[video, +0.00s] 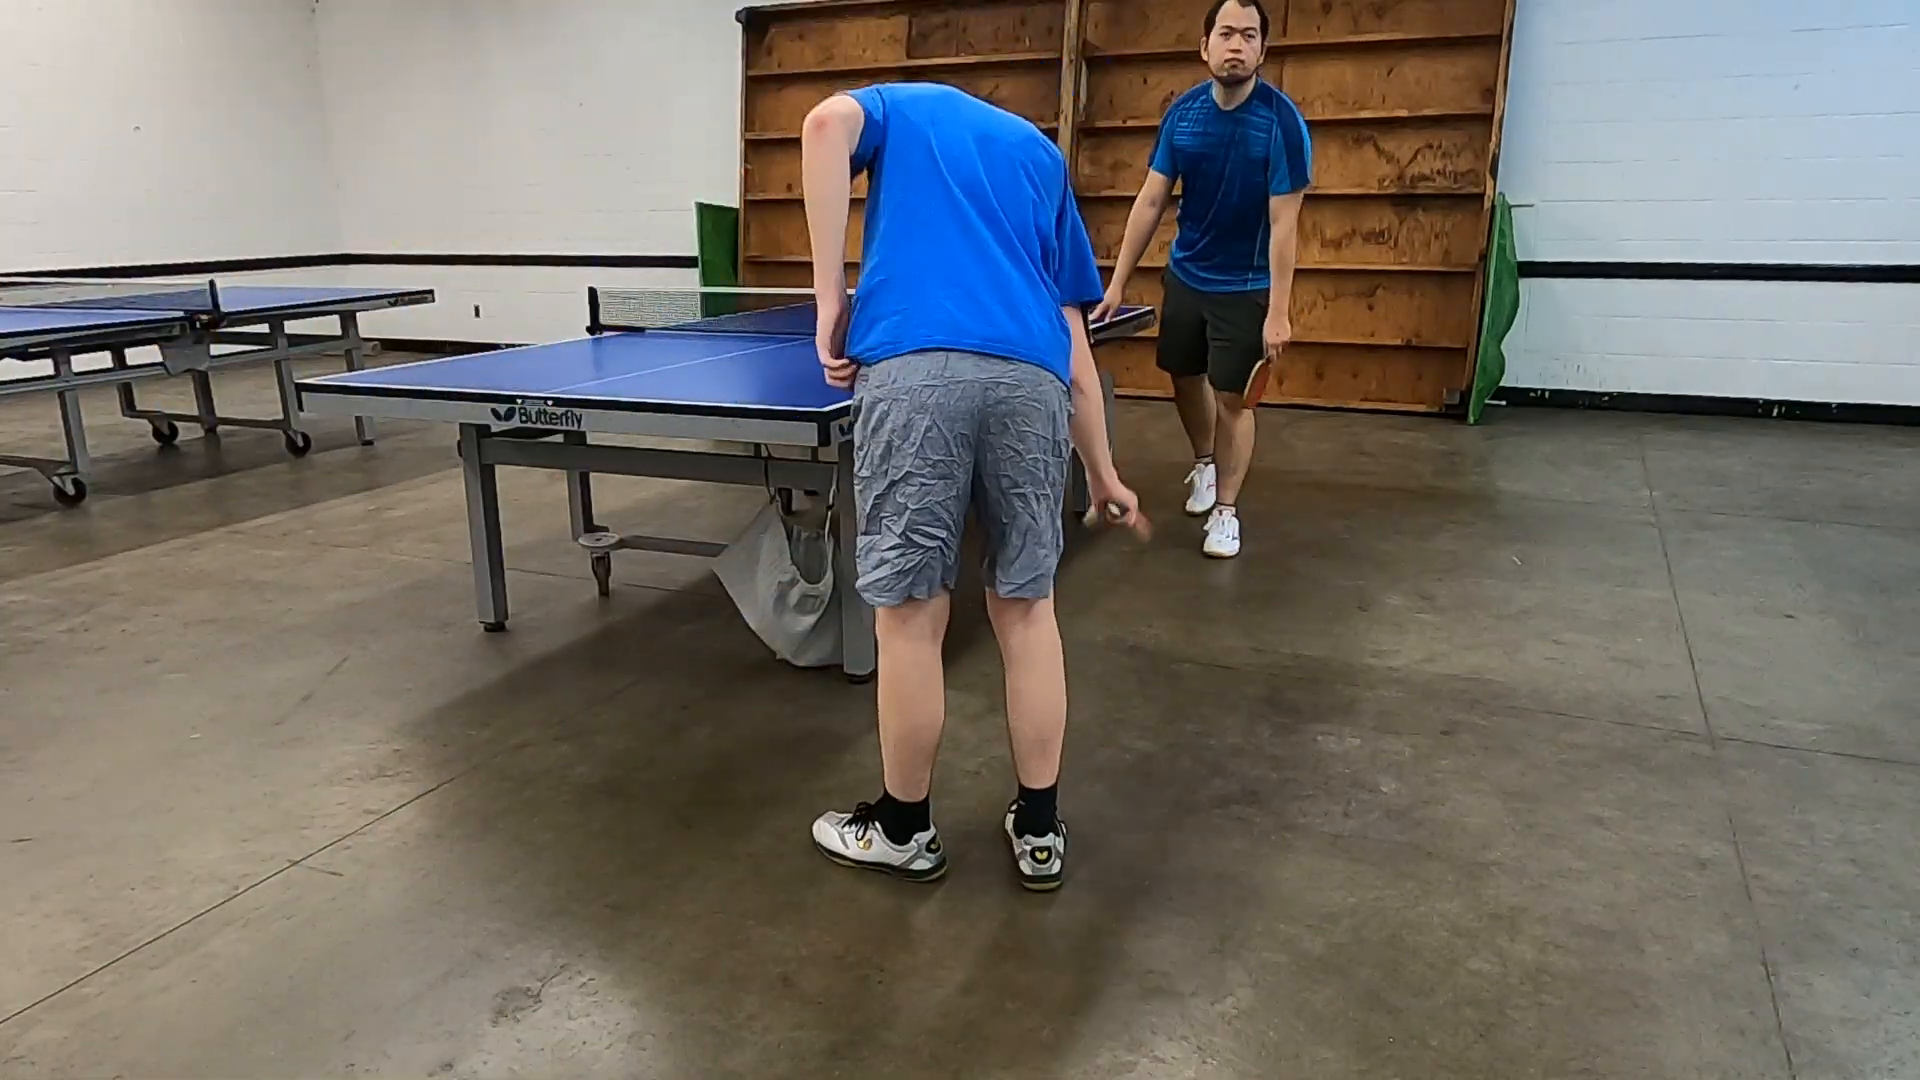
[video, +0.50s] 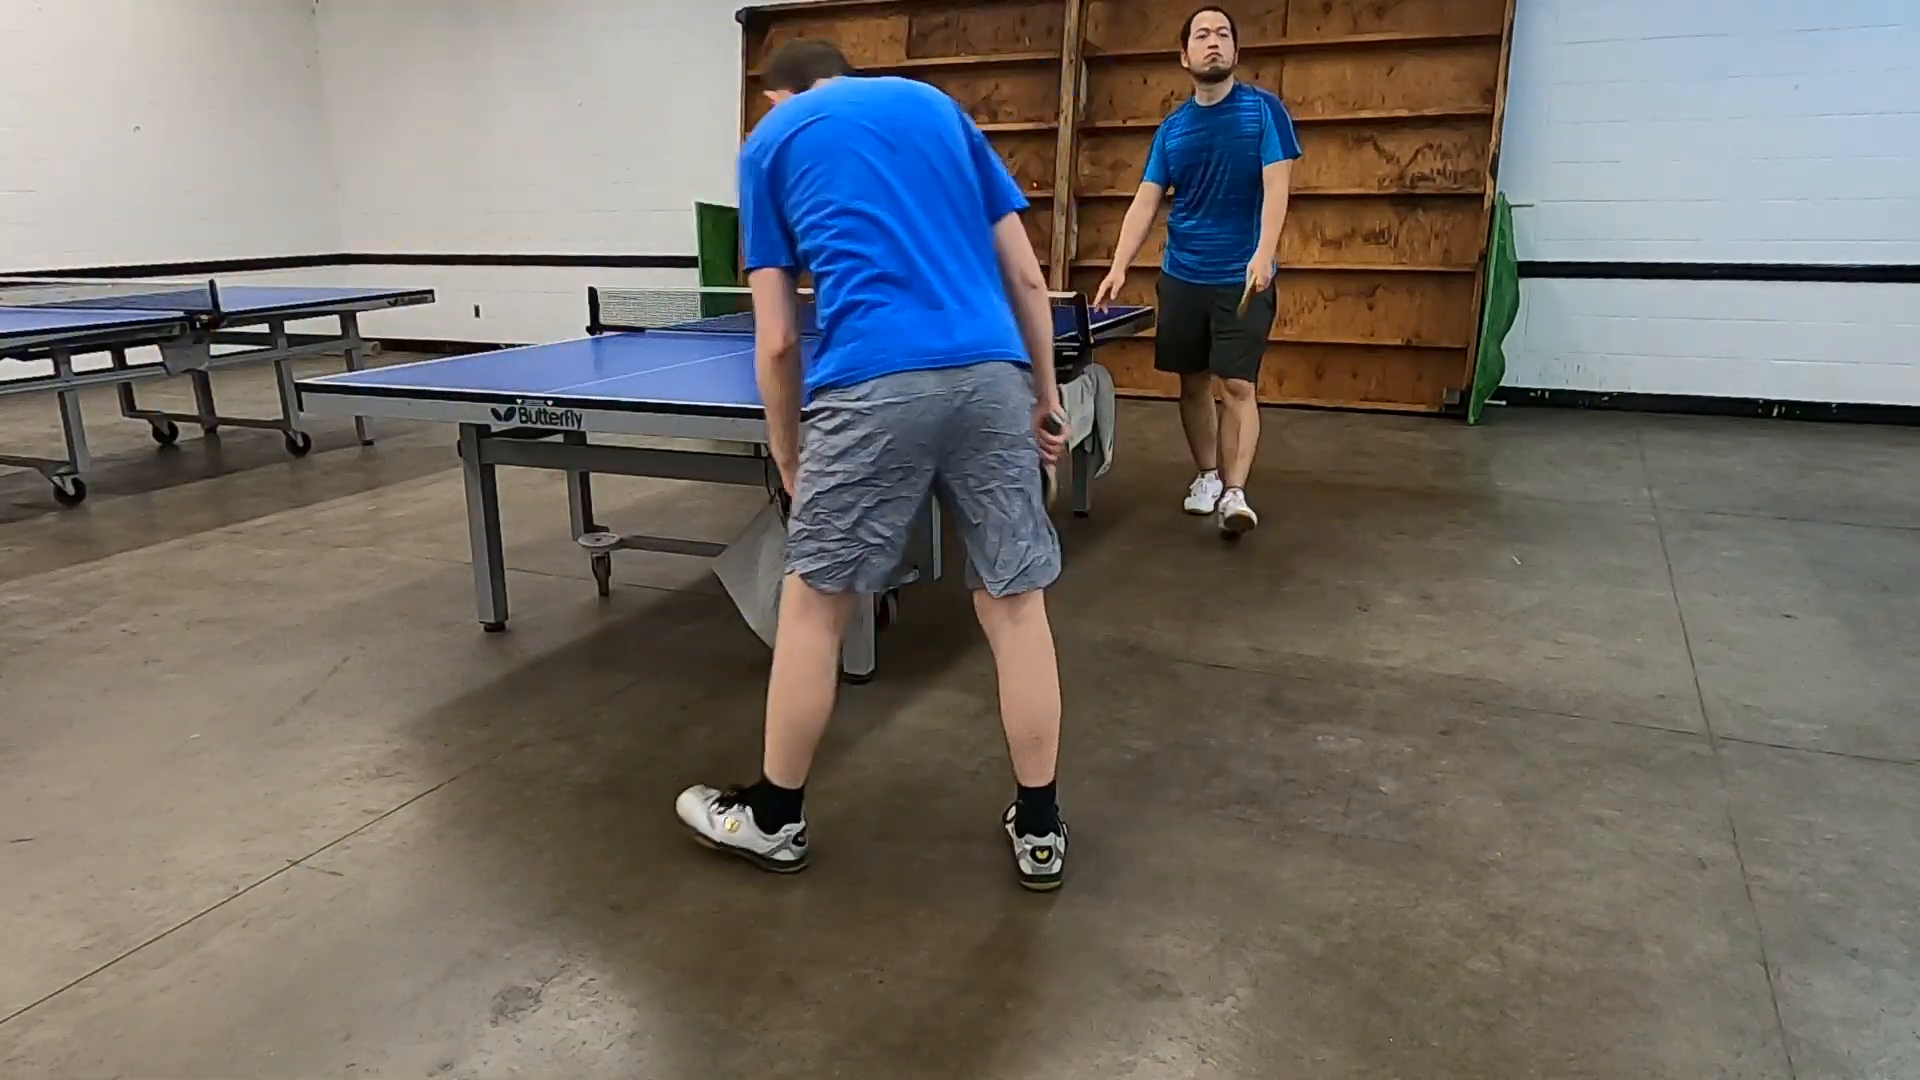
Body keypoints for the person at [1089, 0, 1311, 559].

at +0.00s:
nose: (1237, 45)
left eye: (1249, 35)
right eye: (1226, 33)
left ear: (1262, 49)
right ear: (1204, 45)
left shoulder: (1281, 122)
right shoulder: (1182, 113)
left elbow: (1284, 224)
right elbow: (1150, 201)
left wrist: (1279, 312)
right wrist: (1116, 285)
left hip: (1248, 285)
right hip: (1187, 276)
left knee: (1231, 399)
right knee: (1184, 376)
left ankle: (1227, 508)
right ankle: (1208, 463)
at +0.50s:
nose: (1213, 41)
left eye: (1222, 35)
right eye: (1202, 36)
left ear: (1237, 52)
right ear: (1186, 57)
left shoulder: (1264, 110)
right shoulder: (1172, 130)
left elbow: (1276, 188)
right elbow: (1144, 204)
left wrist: (1265, 253)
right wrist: (1119, 266)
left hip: (1244, 275)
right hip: (1182, 276)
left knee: (1236, 386)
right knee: (1193, 382)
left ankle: (1234, 492)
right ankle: (1207, 476)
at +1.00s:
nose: (1211, 45)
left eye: (1220, 37)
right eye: (1201, 41)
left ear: (1238, 52)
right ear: (1190, 62)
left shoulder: (1268, 112)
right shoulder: (1174, 124)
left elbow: (1293, 188)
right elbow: (1156, 200)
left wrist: (1316, 257)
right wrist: (1152, 269)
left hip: (1254, 269)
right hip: (1191, 268)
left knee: (1254, 374)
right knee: (1197, 371)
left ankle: (1234, 435)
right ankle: (1206, 473)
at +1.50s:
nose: (1243, 58)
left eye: (1253, 52)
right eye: (1236, 51)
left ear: (1269, 65)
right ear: (1224, 63)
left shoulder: (1282, 130)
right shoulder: (1195, 119)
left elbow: (1288, 200)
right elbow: (1158, 181)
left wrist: (1279, 260)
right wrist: (1156, 245)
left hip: (1247, 266)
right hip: (1190, 260)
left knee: (1237, 362)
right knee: (1193, 354)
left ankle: (1223, 447)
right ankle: (1194, 455)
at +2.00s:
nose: (1201, 62)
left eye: (1212, 55)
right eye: (1195, 56)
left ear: (1231, 68)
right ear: (1187, 68)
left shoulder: (1247, 128)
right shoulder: (1165, 122)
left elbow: (1267, 193)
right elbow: (1130, 185)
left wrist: (1219, 211)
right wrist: (1168, 212)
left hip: (1213, 264)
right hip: (1154, 257)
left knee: (1217, 357)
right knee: (1116, 343)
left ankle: (1222, 446)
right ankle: (1076, 418)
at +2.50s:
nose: (1089, 98)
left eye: (1098, 90)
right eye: (1084, 91)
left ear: (1123, 92)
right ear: (1081, 96)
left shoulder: (1154, 133)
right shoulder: (1091, 144)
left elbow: (1164, 197)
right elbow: (1078, 201)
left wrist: (1115, 158)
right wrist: (1049, 246)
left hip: (1160, 269)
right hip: (1108, 267)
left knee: (1173, 351)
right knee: (1081, 349)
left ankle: (1198, 441)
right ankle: (1080, 432)